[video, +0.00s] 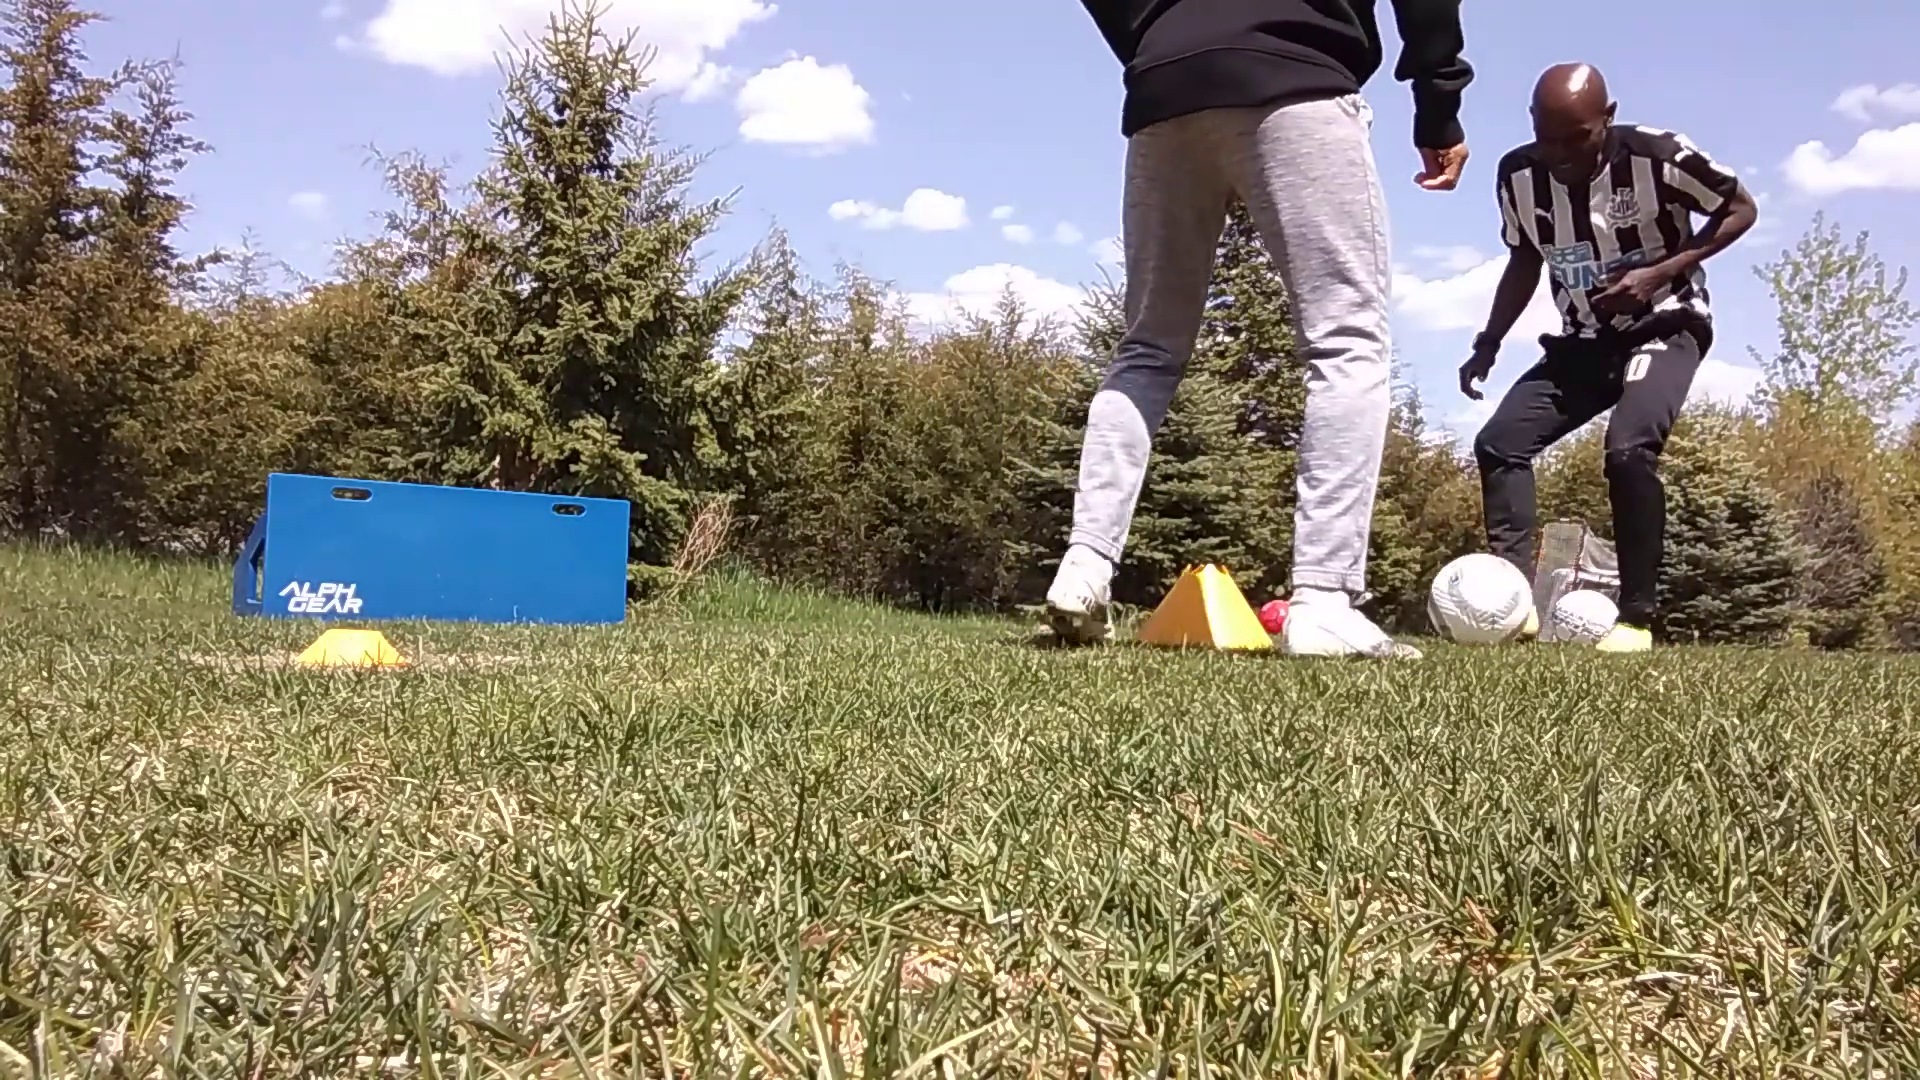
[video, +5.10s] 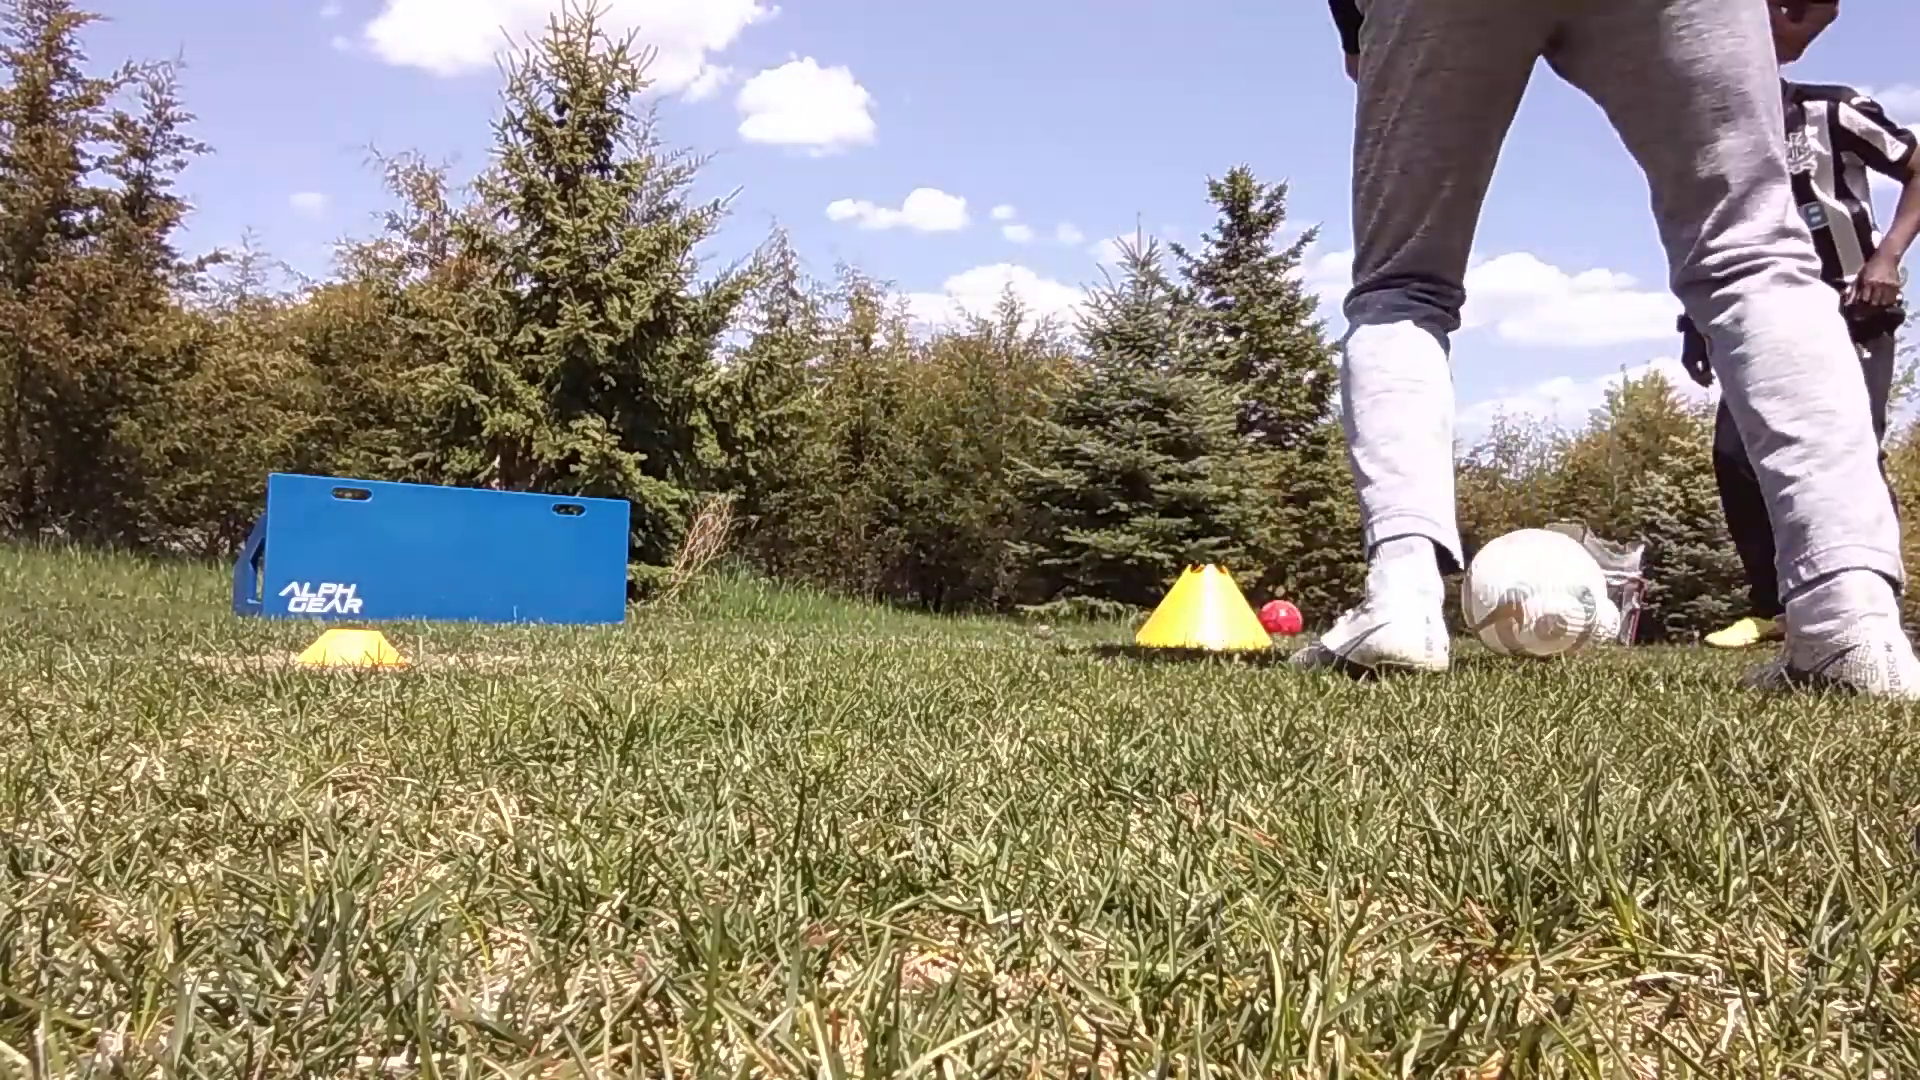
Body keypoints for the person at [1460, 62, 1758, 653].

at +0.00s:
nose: (1564, 151)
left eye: (1578, 137)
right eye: (1551, 137)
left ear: (1608, 116)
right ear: (1534, 124)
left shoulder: (1660, 156)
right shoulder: (1518, 176)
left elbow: (1740, 209)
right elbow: (1525, 259)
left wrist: (1666, 270)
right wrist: (1490, 339)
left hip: (1664, 330)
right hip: (1587, 341)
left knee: (1628, 452)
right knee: (1499, 445)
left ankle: (1636, 620)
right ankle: (1512, 603)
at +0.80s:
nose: (1593, 125)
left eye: (1605, 109)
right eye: (1585, 110)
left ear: (1646, 89)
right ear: (1578, 102)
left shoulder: (1718, 133)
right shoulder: (1576, 156)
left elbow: (1806, 198)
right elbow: (1586, 233)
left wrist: (1721, 219)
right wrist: (1558, 314)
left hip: (1727, 318)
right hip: (1646, 325)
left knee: (1718, 450)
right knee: (1600, 450)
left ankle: (1734, 624)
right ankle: (1595, 608)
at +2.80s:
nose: (1606, 131)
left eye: (1620, 115)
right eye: (1595, 118)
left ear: (1655, 103)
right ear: (1586, 115)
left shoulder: (1718, 140)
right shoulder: (1589, 179)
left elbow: (1811, 187)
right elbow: (1612, 256)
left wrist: (1725, 226)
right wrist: (1586, 330)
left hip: (1748, 324)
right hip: (1673, 340)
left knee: (1739, 457)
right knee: (1674, 477)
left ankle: (1754, 621)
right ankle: (1687, 625)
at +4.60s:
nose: (1676, 105)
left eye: (1692, 89)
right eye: (1664, 89)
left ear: (1724, 70)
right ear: (1648, 77)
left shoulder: (1779, 120)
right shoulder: (1633, 149)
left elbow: (1868, 165)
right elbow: (1636, 226)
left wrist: (1832, 233)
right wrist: (1605, 298)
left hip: (1788, 323)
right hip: (1696, 333)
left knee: (1820, 459)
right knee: (1642, 460)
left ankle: (1860, 620)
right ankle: (1614, 612)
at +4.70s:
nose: (1710, 109)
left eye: (1728, 92)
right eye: (1697, 92)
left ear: (1756, 73)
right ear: (1680, 77)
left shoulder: (1812, 120)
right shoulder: (1661, 157)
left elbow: (1891, 171)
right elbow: (1662, 247)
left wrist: (1861, 255)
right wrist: (1630, 319)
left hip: (1818, 323)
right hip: (1727, 334)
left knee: (1831, 463)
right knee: (1652, 434)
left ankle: (1864, 624)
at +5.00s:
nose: (1748, 81)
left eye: (1760, 67)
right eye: (1737, 68)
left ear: (1785, 60)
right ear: (1722, 64)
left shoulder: (1837, 113)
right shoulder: (1721, 138)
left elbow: (1917, 168)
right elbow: (1711, 230)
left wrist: (1889, 258)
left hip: (1861, 318)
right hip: (1787, 332)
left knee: (1853, 462)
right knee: (1755, 455)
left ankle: (1874, 625)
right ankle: (1795, 614)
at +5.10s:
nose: (1781, 16)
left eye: (1799, 8)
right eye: (1775, 5)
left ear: (1820, 22)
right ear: (1753, 13)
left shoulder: (1836, 107)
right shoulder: (1719, 121)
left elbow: (1916, 165)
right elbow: (1703, 224)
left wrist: (1887, 256)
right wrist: (1700, 314)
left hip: (1851, 309)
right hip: (1761, 313)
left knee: (1849, 452)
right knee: (1736, 453)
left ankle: (1861, 601)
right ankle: (1770, 603)